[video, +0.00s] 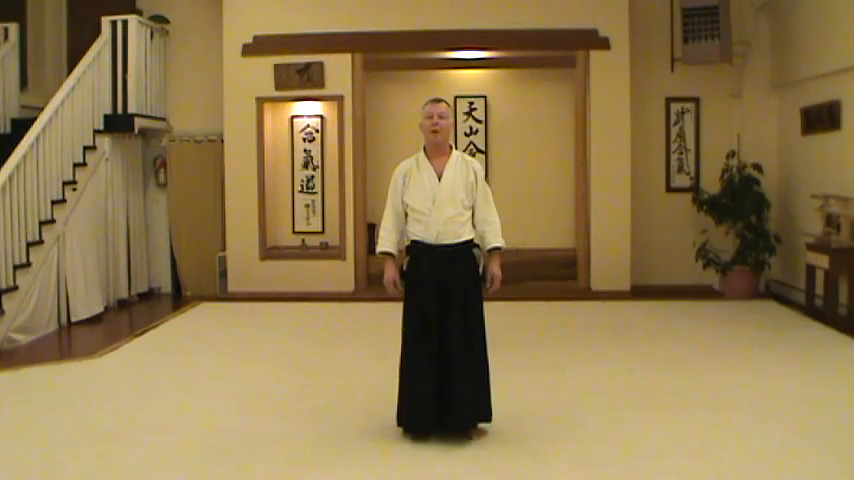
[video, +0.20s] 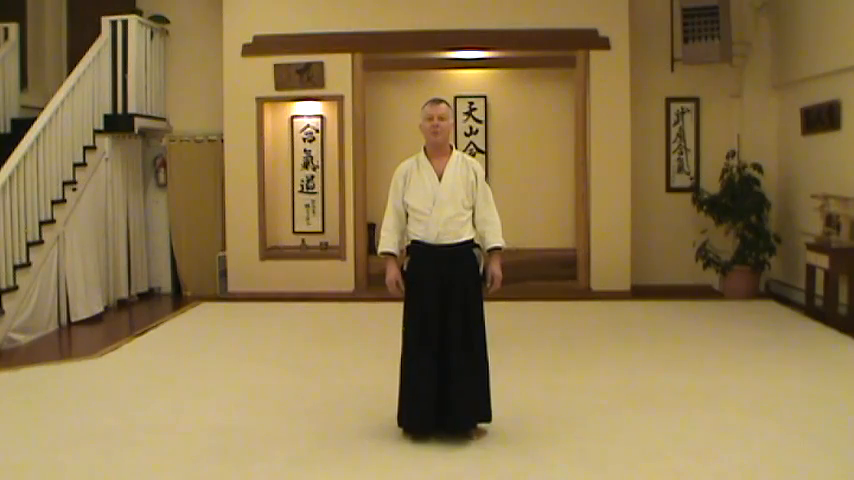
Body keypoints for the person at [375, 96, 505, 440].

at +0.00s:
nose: (436, 122)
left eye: (442, 117)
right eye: (429, 117)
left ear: (453, 124)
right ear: (420, 125)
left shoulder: (470, 167)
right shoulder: (405, 170)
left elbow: (485, 213)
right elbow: (392, 217)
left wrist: (493, 258)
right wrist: (389, 261)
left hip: (461, 260)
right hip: (422, 260)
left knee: (463, 337)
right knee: (422, 337)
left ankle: (464, 417)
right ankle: (420, 418)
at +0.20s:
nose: (436, 124)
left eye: (442, 119)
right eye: (429, 119)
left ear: (452, 125)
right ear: (420, 126)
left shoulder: (470, 167)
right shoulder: (406, 170)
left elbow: (486, 212)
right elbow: (393, 217)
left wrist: (494, 257)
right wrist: (390, 261)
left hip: (462, 260)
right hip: (422, 260)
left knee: (463, 337)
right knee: (422, 337)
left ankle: (464, 417)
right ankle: (421, 419)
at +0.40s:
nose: (436, 126)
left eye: (442, 120)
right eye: (430, 120)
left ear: (453, 125)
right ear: (420, 126)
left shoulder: (470, 167)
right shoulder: (406, 170)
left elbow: (486, 213)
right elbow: (393, 217)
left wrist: (494, 257)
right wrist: (391, 261)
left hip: (462, 260)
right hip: (422, 260)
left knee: (463, 337)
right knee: (423, 338)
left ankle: (465, 417)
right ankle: (421, 419)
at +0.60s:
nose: (435, 127)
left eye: (442, 121)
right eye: (429, 121)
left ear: (452, 125)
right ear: (421, 127)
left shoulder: (470, 167)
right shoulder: (407, 170)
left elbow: (486, 213)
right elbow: (393, 217)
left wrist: (494, 257)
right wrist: (390, 262)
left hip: (462, 260)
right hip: (422, 261)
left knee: (464, 336)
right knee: (423, 337)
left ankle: (465, 417)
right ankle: (421, 419)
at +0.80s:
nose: (436, 128)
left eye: (442, 122)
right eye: (429, 122)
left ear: (452, 126)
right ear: (420, 127)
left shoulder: (470, 167)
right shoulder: (406, 170)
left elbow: (486, 213)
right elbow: (393, 217)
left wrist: (494, 257)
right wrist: (390, 262)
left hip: (462, 260)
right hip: (422, 261)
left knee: (463, 337)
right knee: (422, 338)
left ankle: (464, 417)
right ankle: (421, 419)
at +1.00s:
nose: (436, 128)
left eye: (442, 122)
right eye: (429, 122)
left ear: (453, 126)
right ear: (420, 128)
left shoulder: (470, 167)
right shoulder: (406, 170)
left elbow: (486, 212)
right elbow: (393, 216)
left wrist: (494, 257)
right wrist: (390, 261)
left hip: (462, 260)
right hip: (422, 261)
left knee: (463, 337)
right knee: (422, 337)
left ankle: (463, 417)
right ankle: (420, 418)